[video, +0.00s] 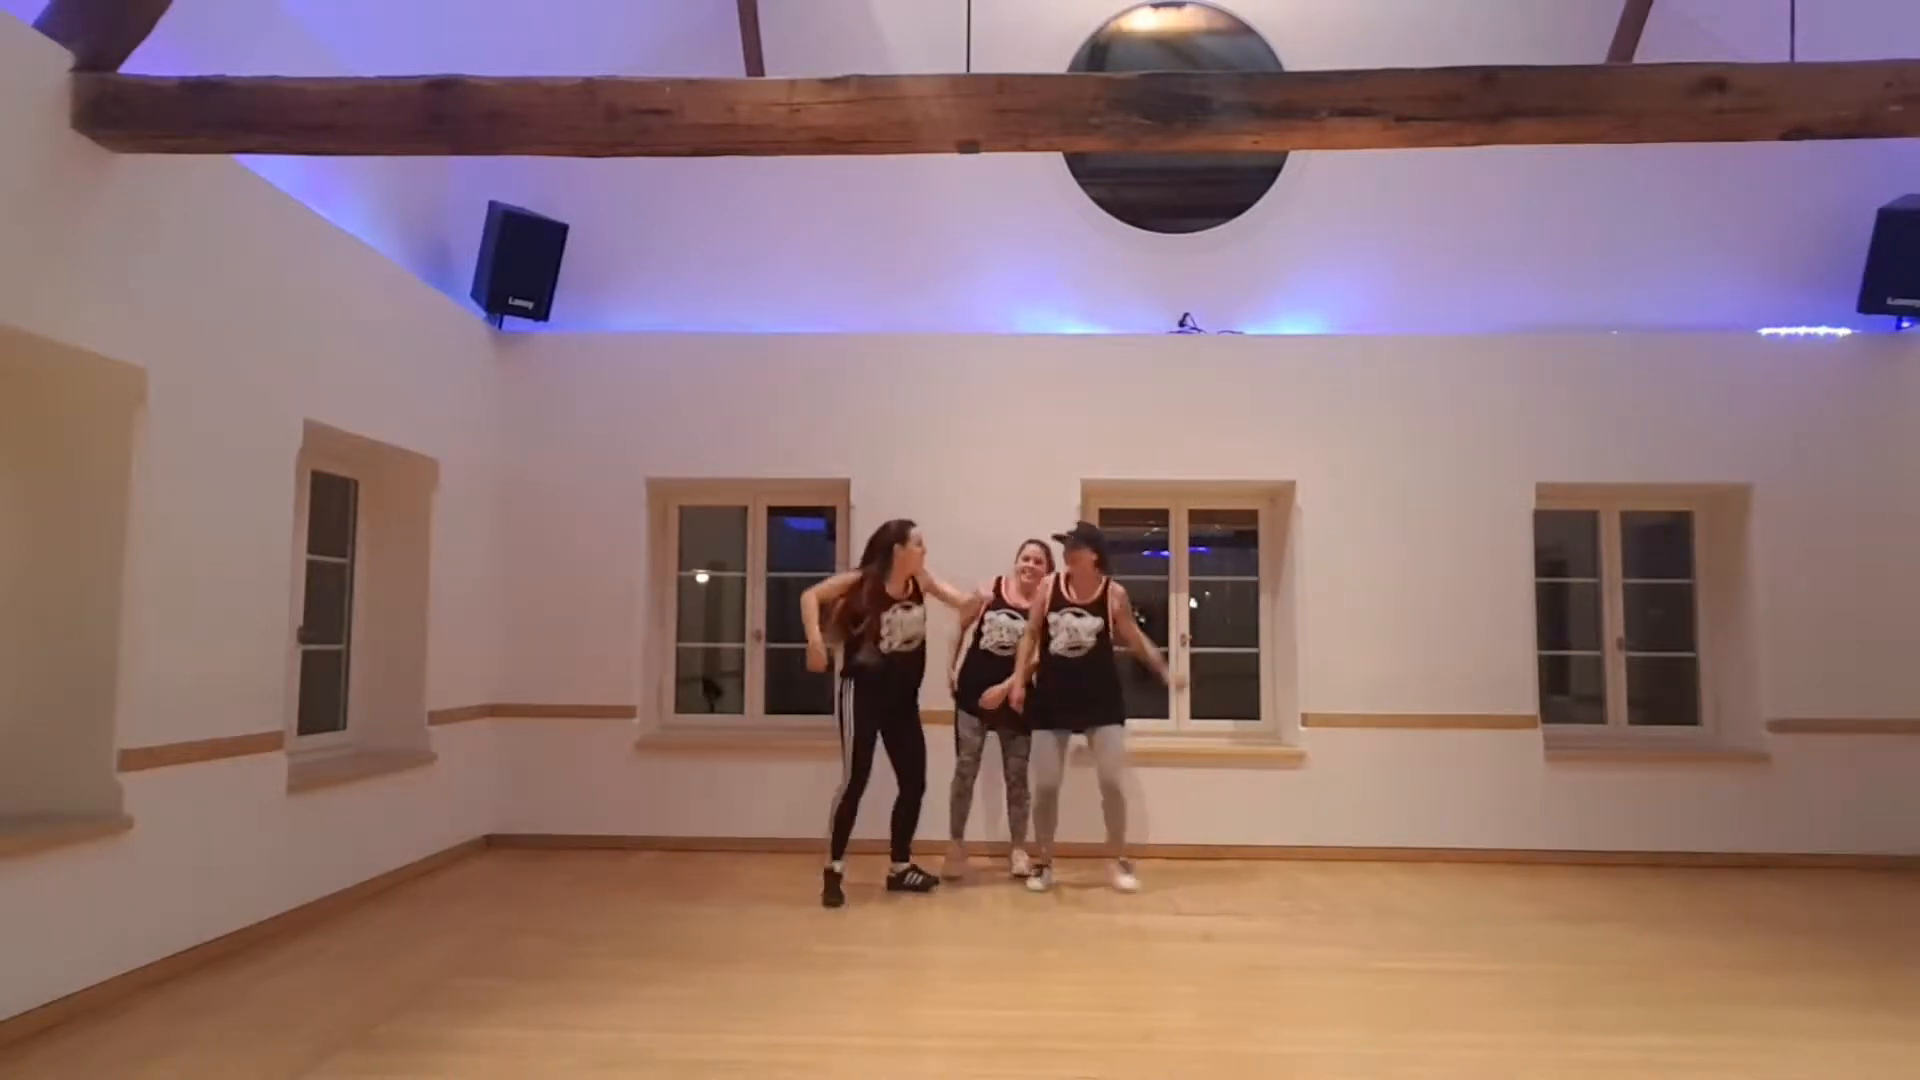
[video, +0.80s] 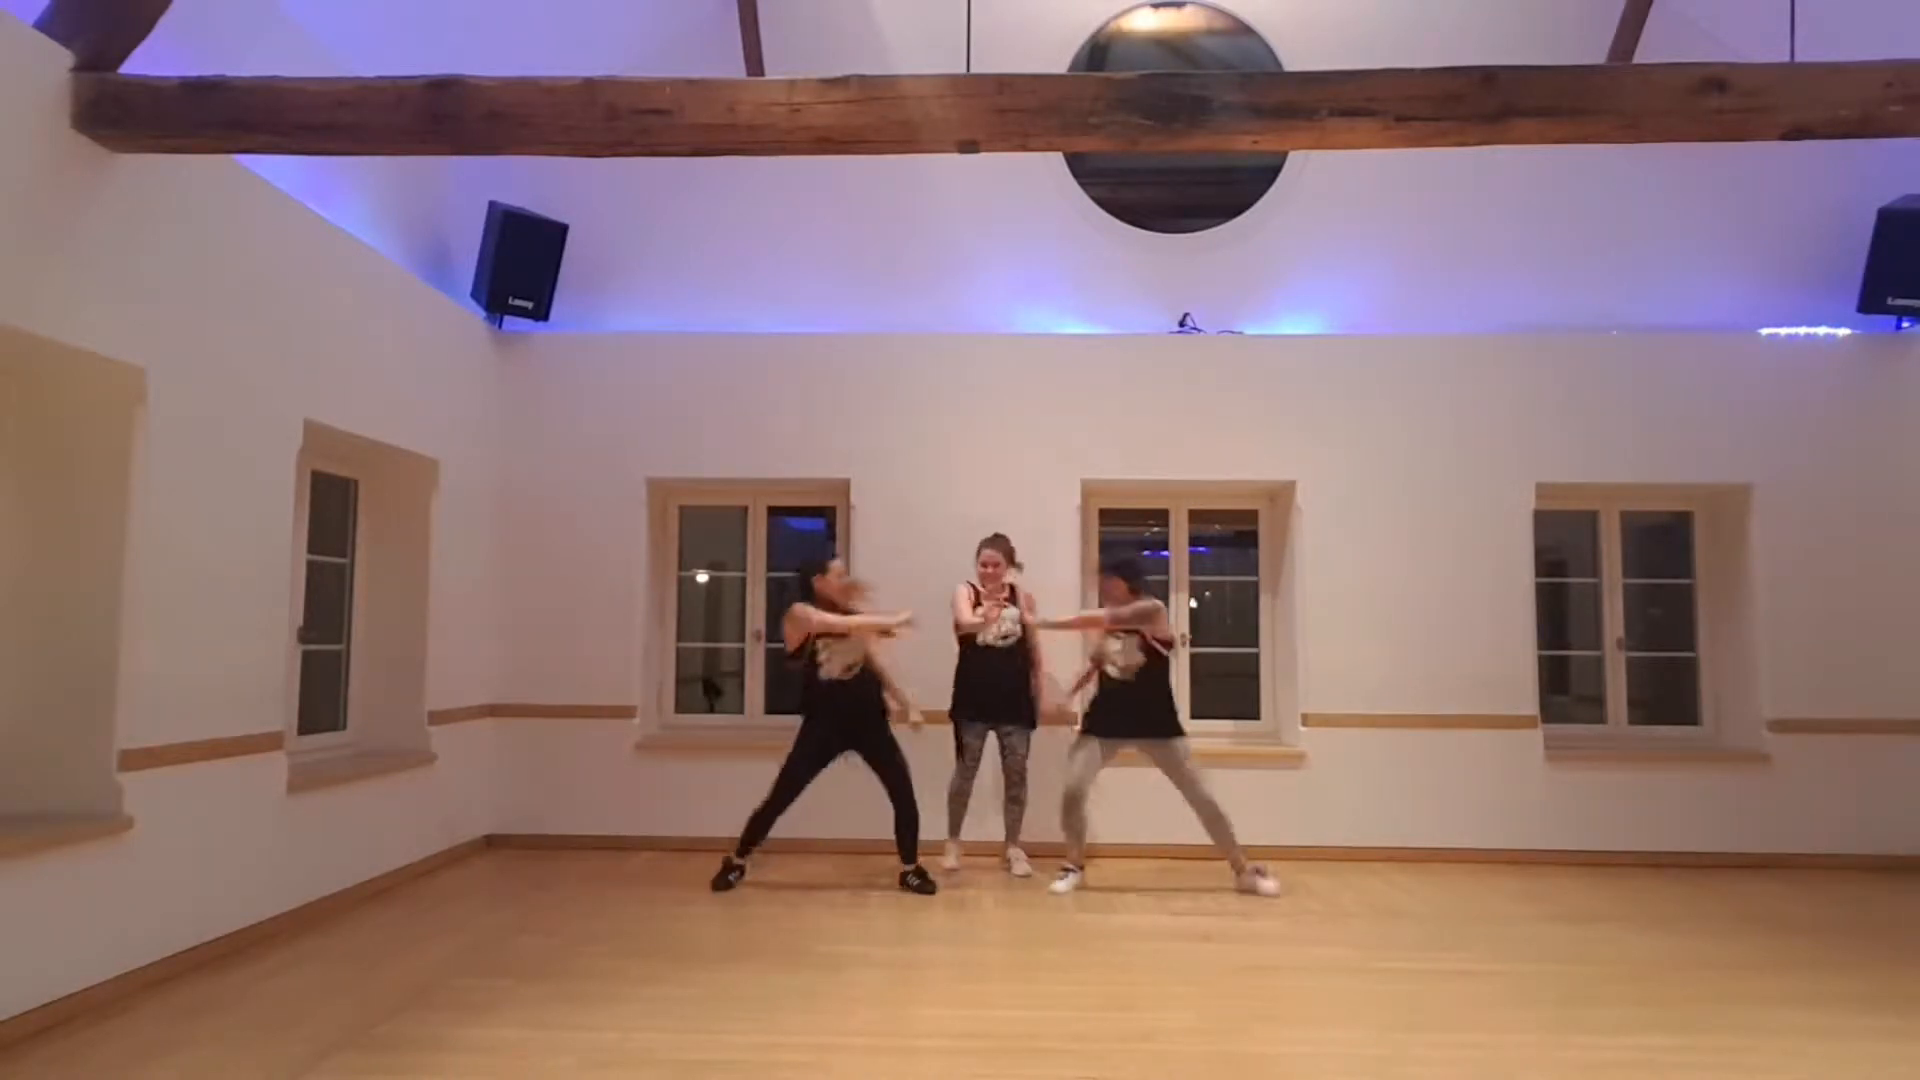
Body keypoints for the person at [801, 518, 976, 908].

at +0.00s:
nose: (924, 550)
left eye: (923, 544)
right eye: (918, 544)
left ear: (909, 551)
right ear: (896, 550)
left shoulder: (919, 584)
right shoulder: (863, 582)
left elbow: (964, 603)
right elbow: (810, 597)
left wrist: (972, 602)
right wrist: (815, 644)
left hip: (900, 697)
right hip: (859, 693)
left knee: (913, 782)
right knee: (855, 778)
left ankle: (900, 868)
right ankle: (834, 869)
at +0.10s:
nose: (924, 555)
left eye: (923, 549)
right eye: (917, 549)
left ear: (907, 554)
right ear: (895, 553)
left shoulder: (921, 581)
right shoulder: (862, 584)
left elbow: (958, 603)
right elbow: (812, 601)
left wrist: (988, 626)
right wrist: (813, 637)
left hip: (908, 699)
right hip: (869, 698)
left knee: (918, 784)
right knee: (860, 782)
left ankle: (900, 867)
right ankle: (843, 861)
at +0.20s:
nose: (924, 569)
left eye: (923, 563)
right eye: (918, 563)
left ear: (907, 568)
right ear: (895, 567)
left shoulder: (924, 597)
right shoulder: (863, 602)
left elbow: (954, 633)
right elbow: (829, 636)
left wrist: (983, 676)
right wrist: (827, 637)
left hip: (912, 711)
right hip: (870, 711)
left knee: (927, 793)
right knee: (869, 792)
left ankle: (903, 869)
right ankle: (847, 865)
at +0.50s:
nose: (920, 558)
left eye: (919, 552)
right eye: (913, 552)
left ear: (900, 559)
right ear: (890, 557)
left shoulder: (921, 604)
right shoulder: (858, 590)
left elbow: (930, 652)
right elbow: (801, 607)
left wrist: (928, 696)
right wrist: (843, 605)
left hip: (891, 702)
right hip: (848, 699)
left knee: (912, 782)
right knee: (831, 782)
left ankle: (902, 867)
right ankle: (832, 858)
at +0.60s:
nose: (895, 549)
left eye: (895, 543)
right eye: (888, 544)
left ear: (887, 551)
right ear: (865, 550)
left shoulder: (903, 590)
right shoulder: (838, 586)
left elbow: (916, 636)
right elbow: (820, 616)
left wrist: (920, 682)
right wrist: (871, 608)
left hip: (885, 698)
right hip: (842, 696)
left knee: (904, 779)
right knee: (813, 772)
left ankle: (905, 864)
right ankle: (795, 846)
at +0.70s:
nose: (869, 559)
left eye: (869, 553)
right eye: (861, 554)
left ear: (866, 559)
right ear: (840, 559)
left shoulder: (882, 592)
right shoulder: (819, 597)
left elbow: (895, 640)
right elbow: (850, 626)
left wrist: (914, 679)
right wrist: (893, 616)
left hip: (880, 705)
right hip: (837, 706)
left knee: (905, 788)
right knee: (796, 780)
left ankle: (912, 864)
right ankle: (755, 852)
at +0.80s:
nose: (845, 581)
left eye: (845, 575)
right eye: (838, 576)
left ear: (844, 581)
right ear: (818, 582)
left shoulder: (853, 617)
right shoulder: (799, 614)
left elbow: (875, 660)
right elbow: (839, 625)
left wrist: (901, 698)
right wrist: (889, 623)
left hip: (868, 722)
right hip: (824, 724)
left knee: (904, 794)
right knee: (780, 800)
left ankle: (911, 868)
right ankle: (736, 862)